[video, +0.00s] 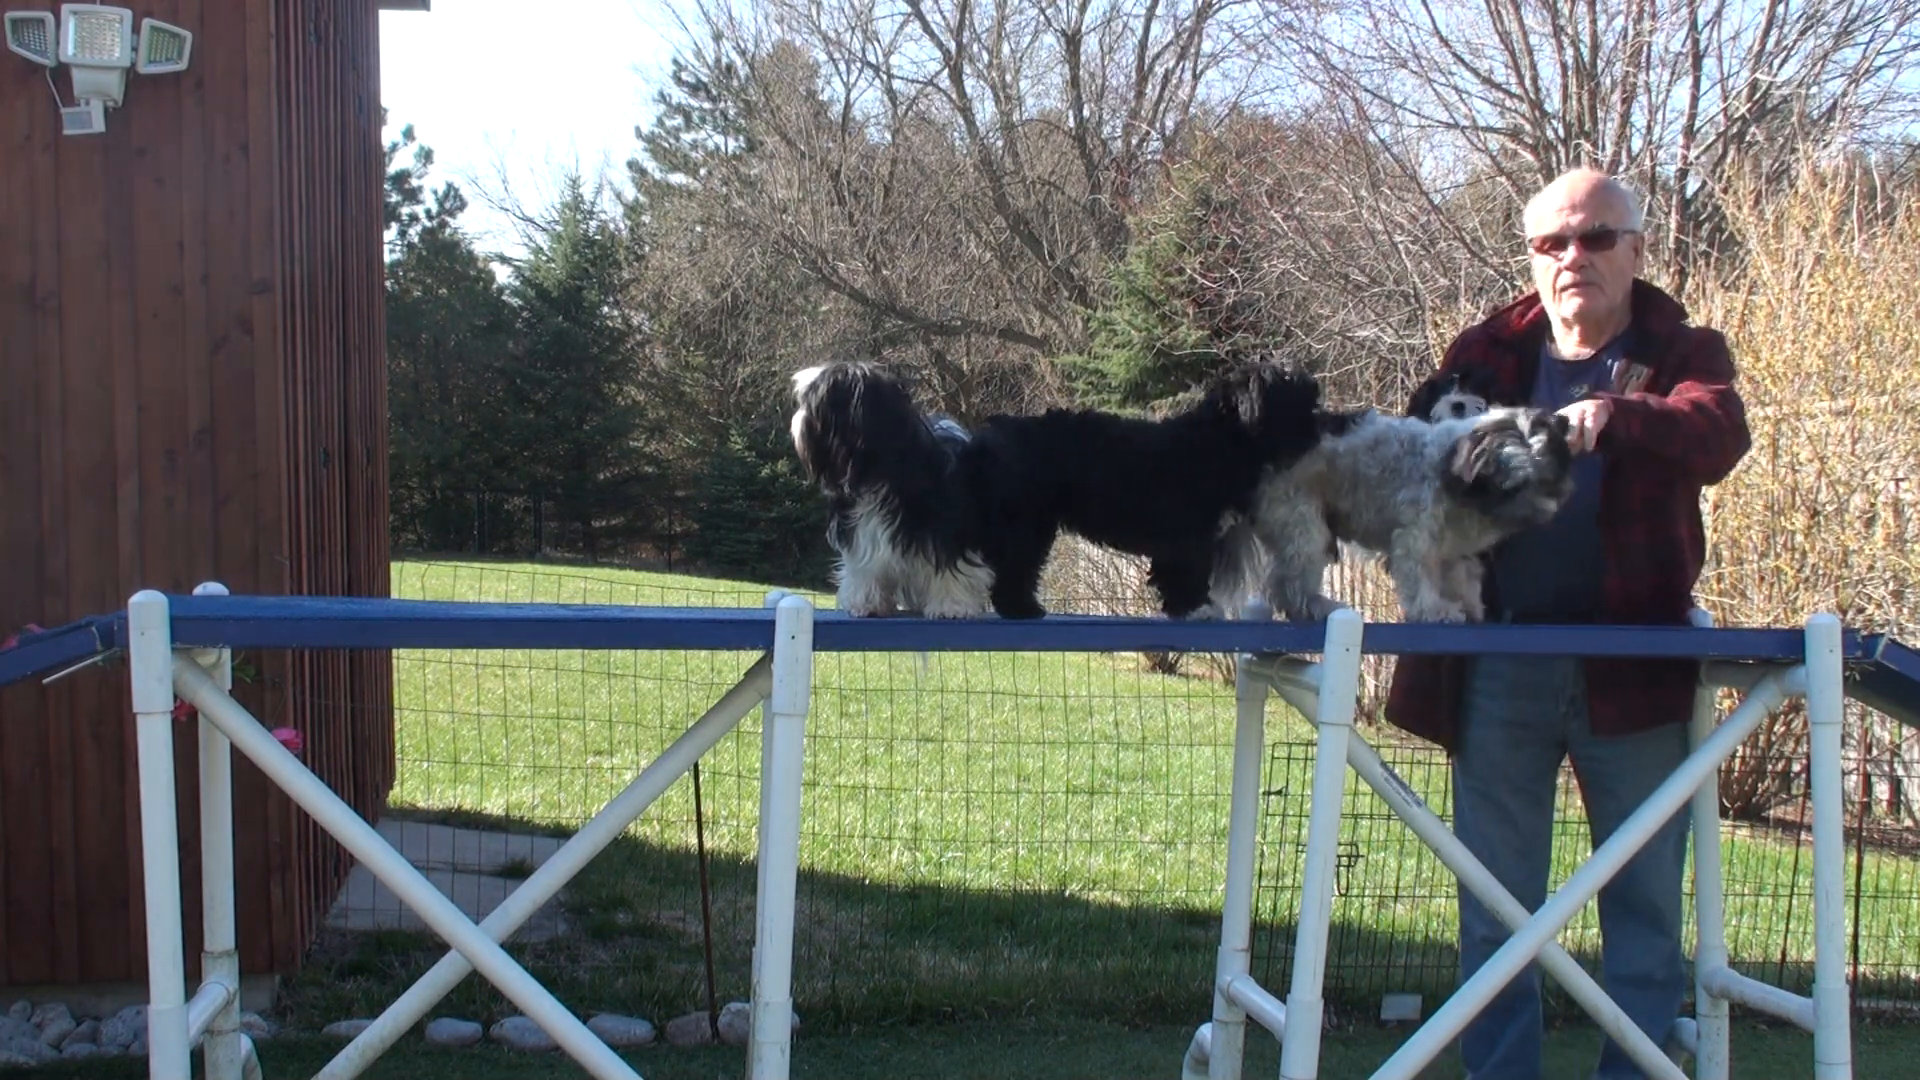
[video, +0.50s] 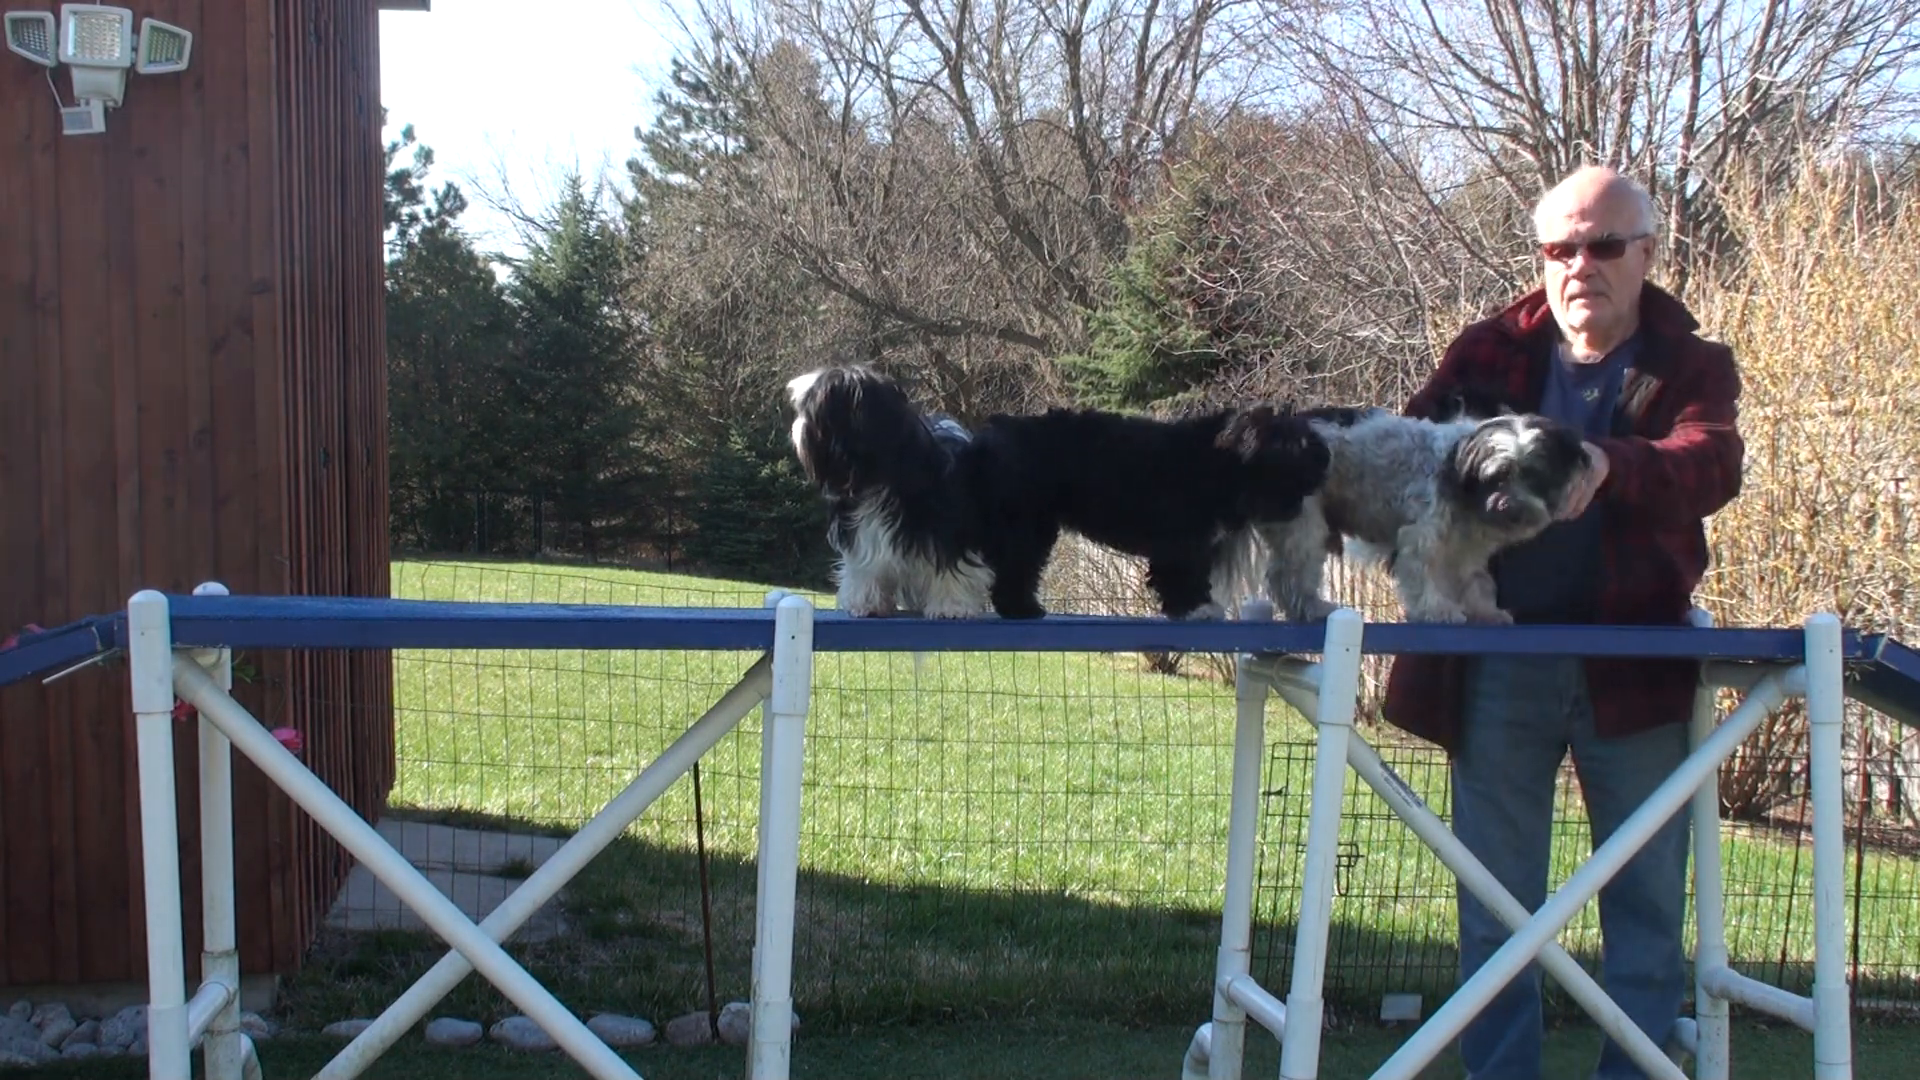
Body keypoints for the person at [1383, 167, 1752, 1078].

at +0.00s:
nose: (1574, 257)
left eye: (1596, 238)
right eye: (1552, 243)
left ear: (1635, 250)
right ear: (1530, 259)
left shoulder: (1683, 350)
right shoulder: (1483, 353)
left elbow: (1720, 438)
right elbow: (1420, 457)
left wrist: (1619, 416)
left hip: (1633, 660)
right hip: (1498, 657)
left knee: (1644, 899)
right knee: (1494, 898)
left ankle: (1638, 1069)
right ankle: (1497, 1063)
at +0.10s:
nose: (1572, 259)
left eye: (1595, 240)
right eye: (1551, 244)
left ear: (1634, 250)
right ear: (1530, 260)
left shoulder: (1682, 350)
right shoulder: (1483, 353)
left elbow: (1715, 433)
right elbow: (1425, 450)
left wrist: (1619, 420)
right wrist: (1498, 437)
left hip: (1634, 659)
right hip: (1499, 656)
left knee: (1643, 894)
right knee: (1494, 892)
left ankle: (1638, 1067)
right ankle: (1497, 1063)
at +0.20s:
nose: (1571, 261)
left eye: (1594, 241)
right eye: (1550, 245)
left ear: (1635, 249)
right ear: (1529, 260)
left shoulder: (1684, 352)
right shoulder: (1484, 351)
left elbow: (1725, 448)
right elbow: (1414, 446)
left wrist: (1624, 438)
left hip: (1634, 660)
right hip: (1499, 656)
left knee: (1644, 895)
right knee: (1493, 894)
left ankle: (1637, 1069)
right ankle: (1497, 1063)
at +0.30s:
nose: (1573, 263)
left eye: (1596, 243)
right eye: (1553, 246)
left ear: (1636, 251)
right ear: (1531, 260)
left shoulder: (1688, 355)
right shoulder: (1484, 350)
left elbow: (1724, 460)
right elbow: (1415, 454)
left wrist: (1620, 459)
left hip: (1634, 662)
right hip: (1497, 657)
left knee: (1644, 896)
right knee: (1493, 895)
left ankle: (1637, 1069)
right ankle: (1497, 1063)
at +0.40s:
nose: (1577, 264)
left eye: (1600, 245)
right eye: (1558, 247)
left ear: (1641, 251)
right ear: (1535, 257)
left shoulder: (1690, 360)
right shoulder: (1483, 353)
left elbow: (1715, 465)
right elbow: (1412, 459)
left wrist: (1603, 473)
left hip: (1637, 661)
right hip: (1498, 657)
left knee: (1644, 896)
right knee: (1494, 895)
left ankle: (1638, 1068)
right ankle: (1497, 1063)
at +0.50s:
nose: (1583, 264)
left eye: (1606, 245)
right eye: (1564, 247)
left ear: (1647, 252)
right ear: (1539, 256)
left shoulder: (1693, 362)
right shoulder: (1486, 350)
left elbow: (1715, 466)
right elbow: (1410, 457)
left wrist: (1604, 466)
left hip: (1637, 660)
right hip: (1497, 657)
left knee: (1646, 899)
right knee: (1494, 898)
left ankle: (1639, 1070)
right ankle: (1497, 1065)